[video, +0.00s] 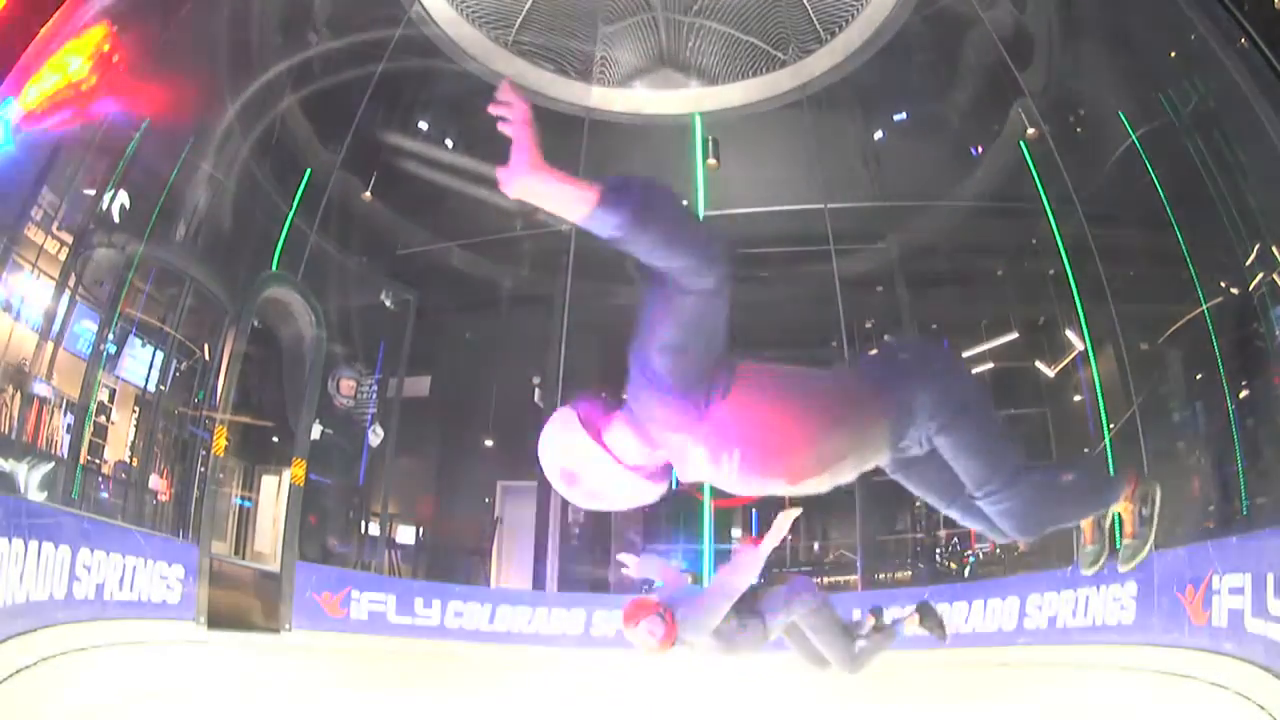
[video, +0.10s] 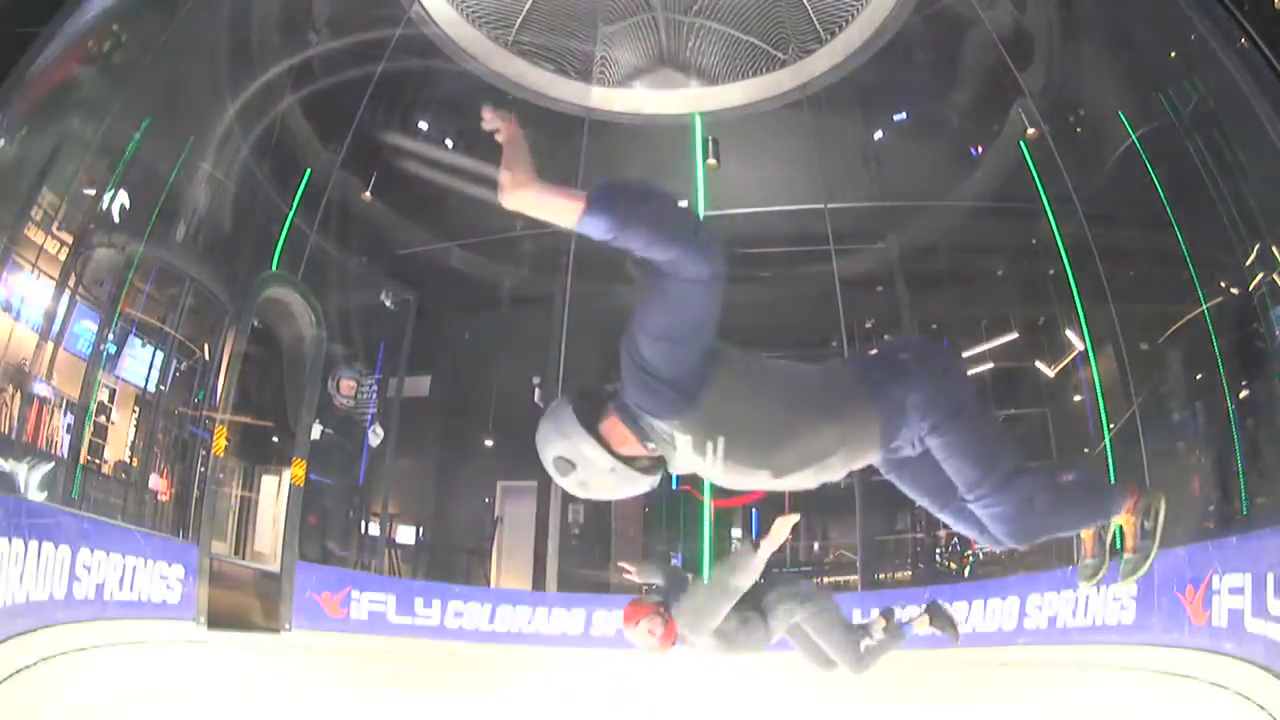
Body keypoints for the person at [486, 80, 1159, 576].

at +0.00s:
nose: (615, 486)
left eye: (597, 477)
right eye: (604, 485)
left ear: (597, 442)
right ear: (607, 450)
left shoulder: (665, 388)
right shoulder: (676, 461)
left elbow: (696, 265)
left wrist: (543, 183)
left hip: (917, 388)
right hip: (891, 450)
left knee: (1019, 500)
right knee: (998, 525)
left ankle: (1131, 483)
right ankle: (1097, 494)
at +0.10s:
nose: (622, 477)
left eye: (605, 474)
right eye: (611, 474)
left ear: (593, 445)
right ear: (604, 448)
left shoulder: (655, 378)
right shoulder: (674, 452)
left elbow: (691, 254)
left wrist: (535, 195)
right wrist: (783, 486)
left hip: (909, 386)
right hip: (886, 445)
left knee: (1011, 507)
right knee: (981, 525)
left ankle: (1140, 491)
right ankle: (1100, 510)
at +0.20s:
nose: (618, 477)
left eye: (600, 471)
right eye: (605, 478)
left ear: (588, 437)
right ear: (603, 448)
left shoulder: (650, 371)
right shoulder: (663, 446)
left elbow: (703, 254)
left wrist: (569, 202)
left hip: (904, 390)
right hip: (881, 449)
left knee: (1007, 514)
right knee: (978, 534)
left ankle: (1128, 514)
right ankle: (1086, 527)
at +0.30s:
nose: (623, 473)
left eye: (607, 466)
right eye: (614, 474)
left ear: (599, 439)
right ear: (613, 460)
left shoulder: (650, 390)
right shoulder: (680, 464)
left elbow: (709, 269)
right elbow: (739, 539)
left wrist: (569, 236)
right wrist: (687, 619)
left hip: (904, 404)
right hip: (880, 458)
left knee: (1002, 524)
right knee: (981, 544)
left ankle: (1132, 523)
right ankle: (1094, 541)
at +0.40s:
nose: (618, 480)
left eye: (601, 480)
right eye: (607, 480)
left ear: (595, 460)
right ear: (615, 472)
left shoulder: (655, 415)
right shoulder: (679, 478)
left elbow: (706, 301)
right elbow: (741, 536)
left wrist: (555, 306)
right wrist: (694, 613)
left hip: (904, 413)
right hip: (883, 472)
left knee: (1010, 531)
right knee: (986, 553)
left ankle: (1135, 535)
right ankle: (1094, 536)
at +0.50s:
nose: (633, 521)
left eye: (618, 509)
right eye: (622, 517)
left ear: (617, 478)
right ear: (625, 499)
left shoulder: (668, 446)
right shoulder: (702, 499)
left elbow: (665, 359)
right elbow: (736, 554)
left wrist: (507, 410)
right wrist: (693, 607)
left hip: (911, 426)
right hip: (890, 477)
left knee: (1024, 542)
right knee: (1010, 567)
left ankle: (1150, 533)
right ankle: (1128, 532)